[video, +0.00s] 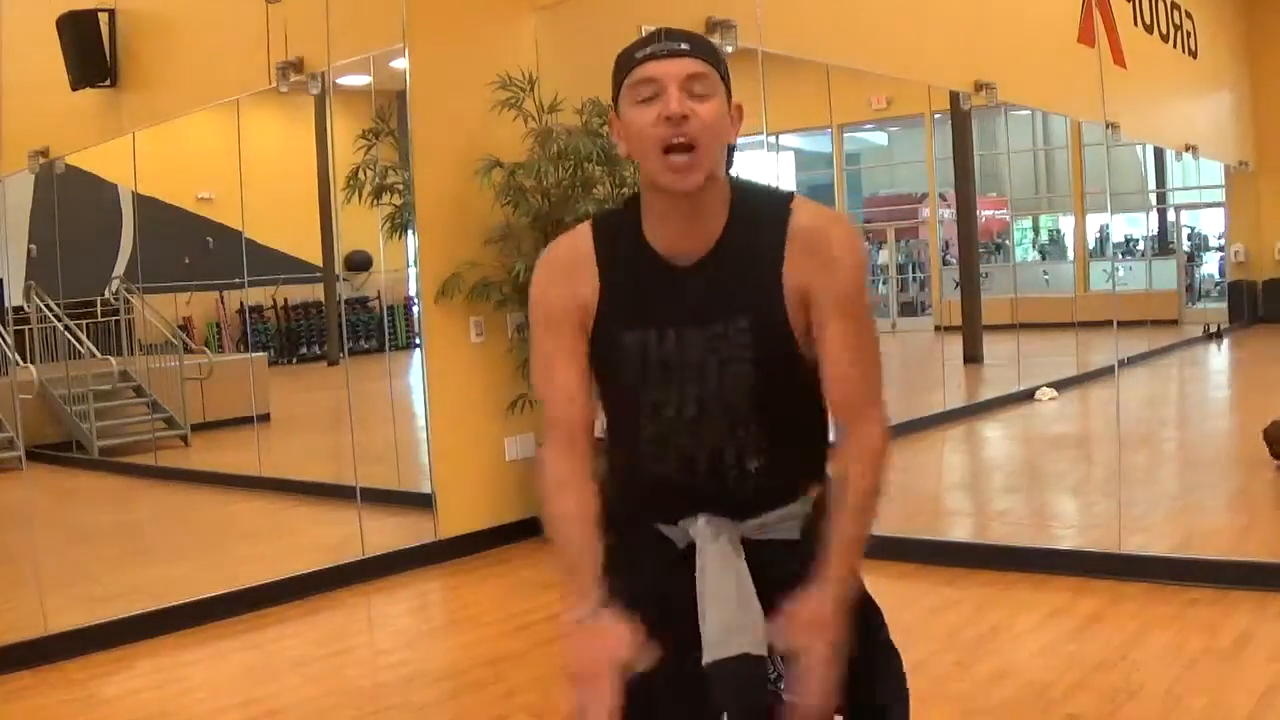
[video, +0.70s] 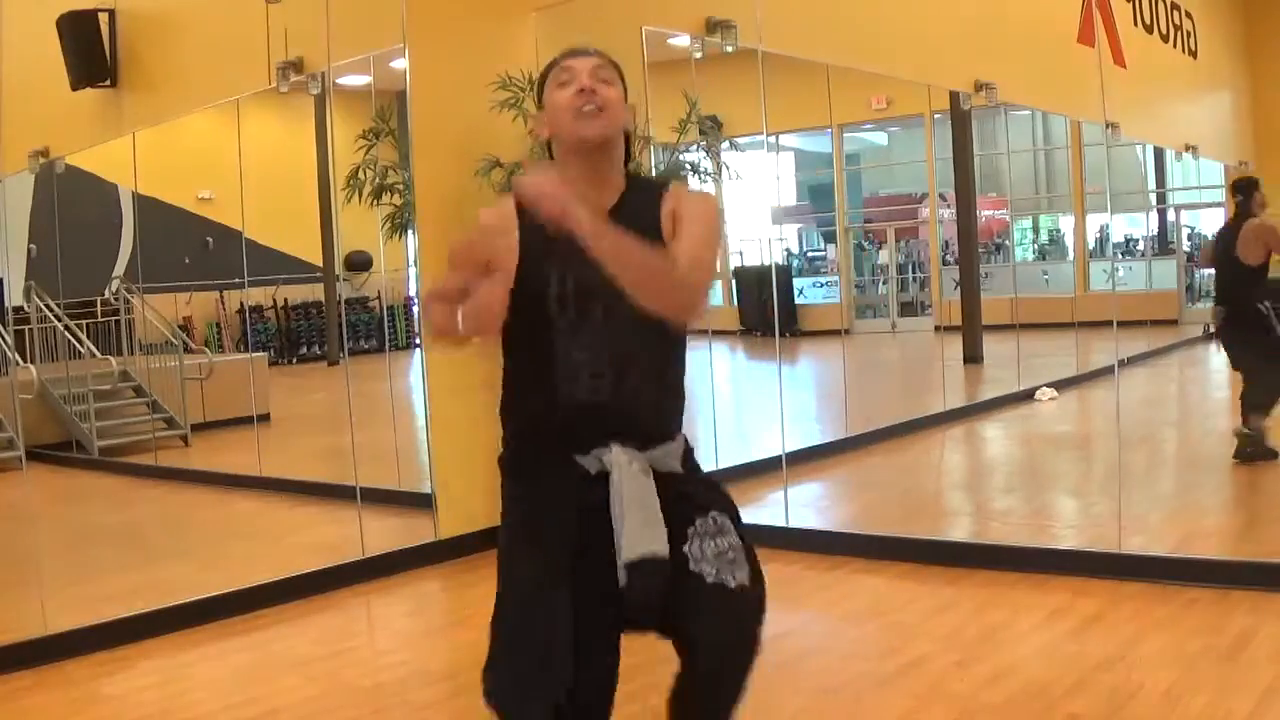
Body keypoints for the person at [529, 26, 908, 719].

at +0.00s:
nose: (676, 109)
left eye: (698, 89)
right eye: (648, 95)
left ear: (734, 119)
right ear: (618, 132)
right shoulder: (571, 268)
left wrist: (833, 587)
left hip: (791, 558)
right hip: (648, 567)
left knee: (863, 696)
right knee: (648, 704)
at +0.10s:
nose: (661, 109)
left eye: (684, 90)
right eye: (635, 94)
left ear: (721, 124)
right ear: (605, 135)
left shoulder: (808, 245)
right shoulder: (553, 279)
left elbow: (898, 373)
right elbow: (520, 431)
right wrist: (501, 545)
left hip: (775, 567)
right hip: (632, 576)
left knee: (786, 705)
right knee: (606, 707)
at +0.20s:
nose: (640, 110)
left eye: (663, 93)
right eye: (615, 97)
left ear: (699, 125)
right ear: (588, 137)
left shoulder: (782, 229)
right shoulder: (534, 271)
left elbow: (880, 262)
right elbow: (481, 353)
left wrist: (924, 313)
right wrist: (460, 420)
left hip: (754, 561)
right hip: (616, 566)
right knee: (595, 708)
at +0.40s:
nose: (594, 127)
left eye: (614, 112)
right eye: (569, 119)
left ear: (647, 142)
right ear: (543, 158)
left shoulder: (720, 226)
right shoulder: (496, 281)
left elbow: (792, 227)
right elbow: (447, 360)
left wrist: (833, 309)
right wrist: (433, 432)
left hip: (706, 553)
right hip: (574, 563)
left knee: (733, 707)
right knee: (553, 706)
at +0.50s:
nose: (578, 134)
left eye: (596, 121)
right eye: (554, 127)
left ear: (628, 151)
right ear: (530, 164)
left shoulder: (702, 253)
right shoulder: (488, 294)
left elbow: (778, 332)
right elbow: (452, 429)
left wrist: (815, 444)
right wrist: (436, 543)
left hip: (686, 550)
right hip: (556, 560)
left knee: (737, 708)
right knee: (535, 708)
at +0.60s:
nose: (579, 130)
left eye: (594, 118)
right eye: (556, 122)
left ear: (621, 147)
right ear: (531, 158)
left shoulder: (686, 249)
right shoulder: (488, 275)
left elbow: (753, 373)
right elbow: (439, 390)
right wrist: (455, 468)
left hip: (676, 524)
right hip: (553, 536)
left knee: (746, 693)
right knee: (532, 704)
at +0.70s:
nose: (587, 87)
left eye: (604, 79)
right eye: (566, 82)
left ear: (628, 113)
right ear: (542, 121)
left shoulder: (680, 206)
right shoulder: (508, 222)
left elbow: (683, 299)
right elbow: (459, 328)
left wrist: (579, 220)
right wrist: (448, 302)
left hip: (659, 470)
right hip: (549, 478)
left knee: (731, 614)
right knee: (555, 685)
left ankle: (695, 712)